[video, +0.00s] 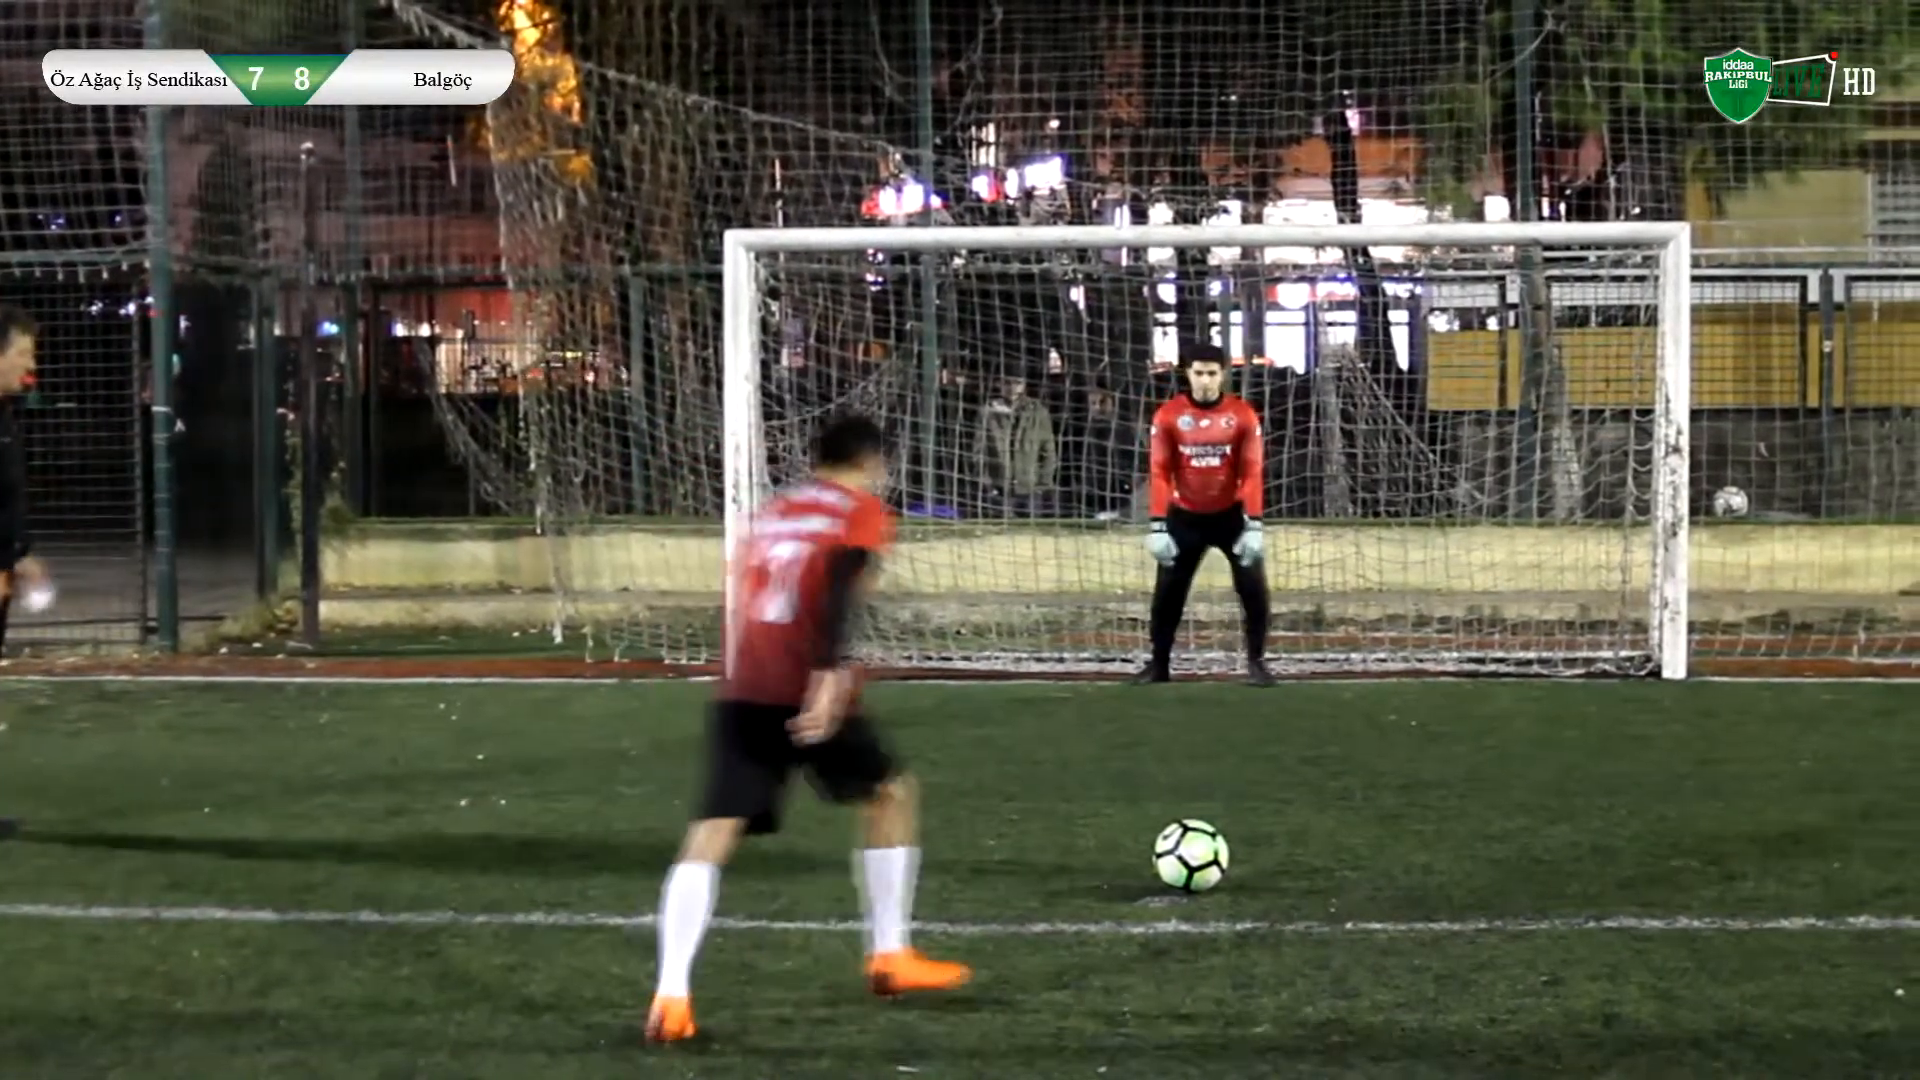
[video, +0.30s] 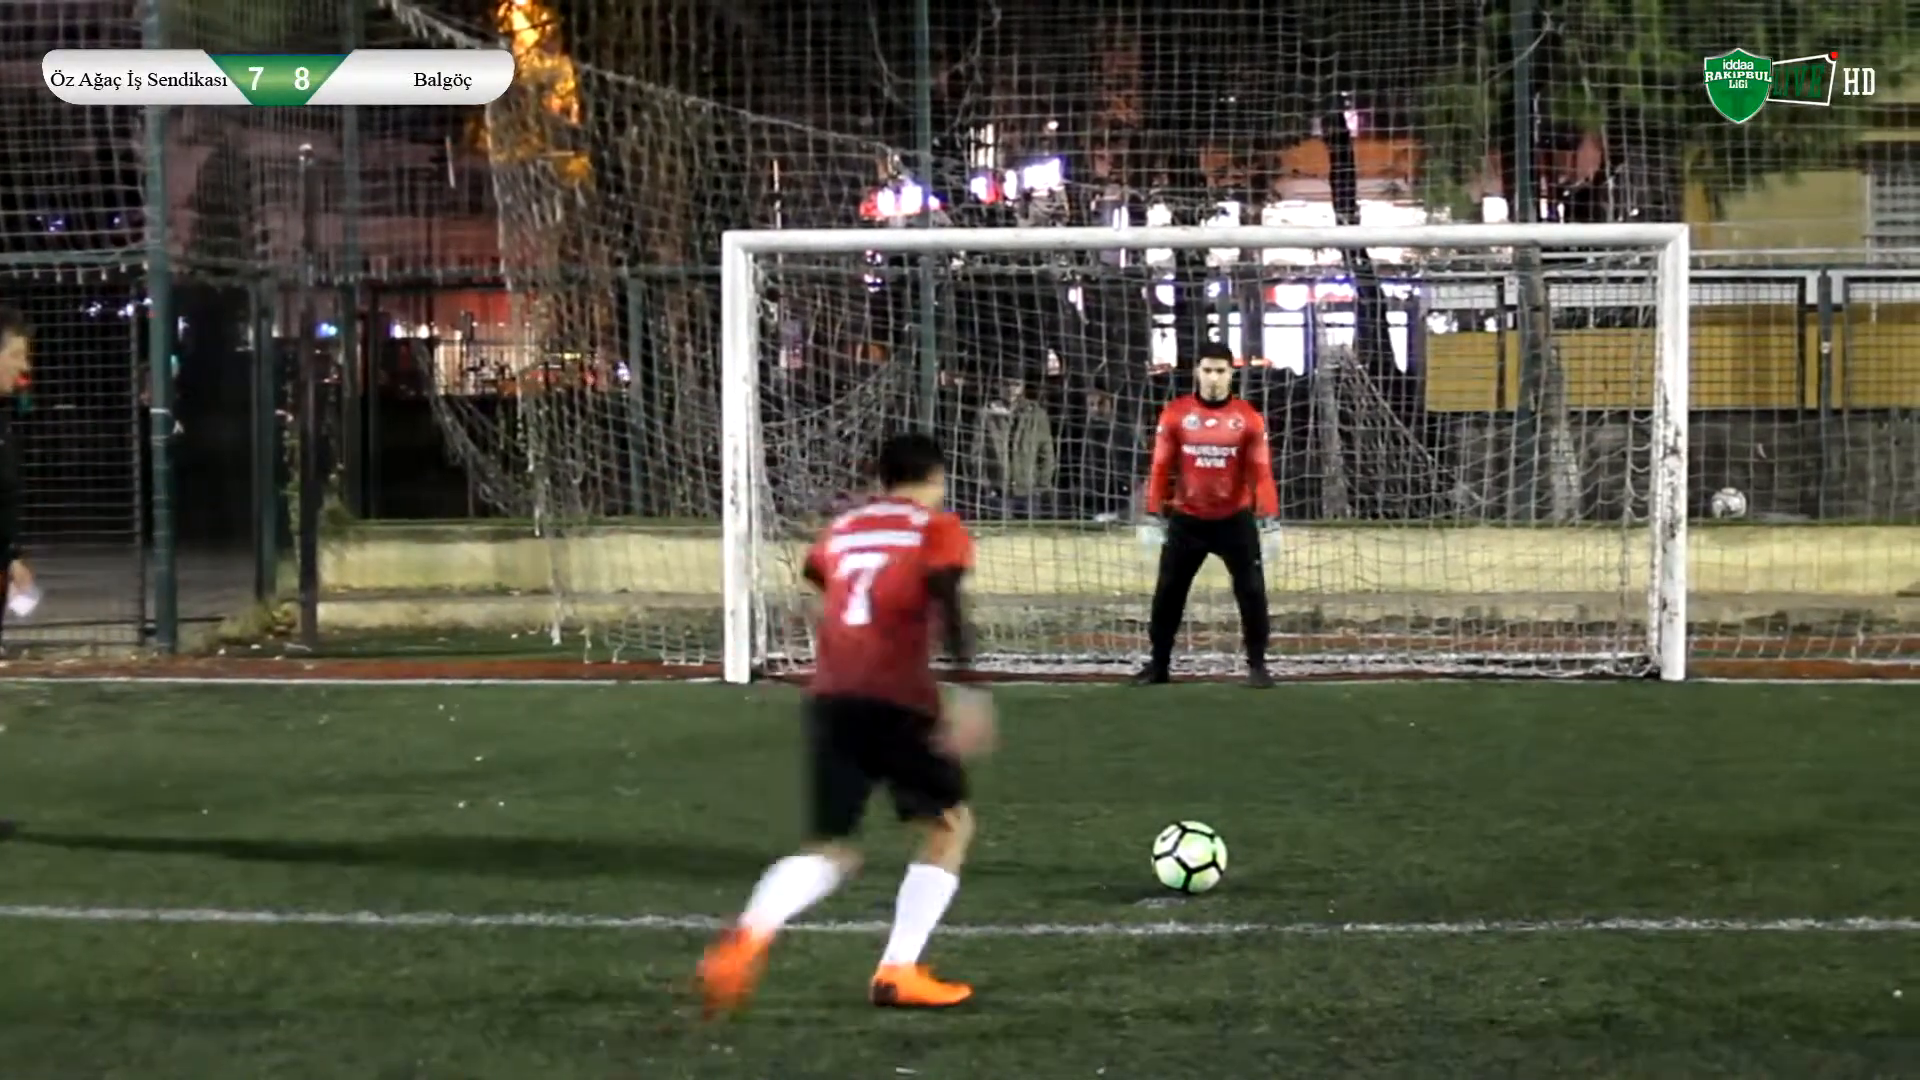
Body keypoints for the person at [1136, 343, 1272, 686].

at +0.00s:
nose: (1205, 381)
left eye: (1212, 374)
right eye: (1198, 374)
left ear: (1223, 375)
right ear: (1187, 375)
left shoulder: (1243, 415)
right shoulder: (1168, 415)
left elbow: (1252, 472)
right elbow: (1158, 472)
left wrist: (1253, 521)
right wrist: (1157, 523)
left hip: (1231, 516)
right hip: (1185, 516)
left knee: (1255, 589)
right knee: (1167, 593)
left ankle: (1256, 660)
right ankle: (1159, 664)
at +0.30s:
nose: (1214, 379)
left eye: (1221, 372)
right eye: (1207, 371)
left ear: (1231, 375)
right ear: (1196, 373)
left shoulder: (1249, 419)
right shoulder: (1175, 414)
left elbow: (1262, 472)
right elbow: (1160, 466)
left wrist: (1269, 517)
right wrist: (1154, 511)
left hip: (1235, 521)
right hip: (1187, 521)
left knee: (1252, 593)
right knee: (1168, 593)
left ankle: (1258, 664)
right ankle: (1158, 664)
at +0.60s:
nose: (1212, 402)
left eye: (1219, 395)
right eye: (1206, 395)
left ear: (1229, 398)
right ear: (1196, 398)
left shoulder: (1252, 431)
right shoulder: (1181, 430)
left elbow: (1279, 477)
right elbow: (1150, 472)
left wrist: (1309, 513)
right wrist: (1115, 509)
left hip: (1242, 533)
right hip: (1195, 531)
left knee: (1258, 598)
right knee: (1162, 591)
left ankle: (1248, 656)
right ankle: (1135, 661)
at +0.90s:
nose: (1217, 488)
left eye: (1224, 479)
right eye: (1210, 480)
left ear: (1237, 482)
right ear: (1199, 484)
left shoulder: (1255, 512)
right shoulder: (1188, 512)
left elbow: (1283, 539)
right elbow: (1157, 543)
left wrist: (1300, 564)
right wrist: (1123, 566)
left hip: (1247, 585)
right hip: (1201, 581)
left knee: (1278, 608)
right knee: (1154, 620)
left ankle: (1248, 680)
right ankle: (1104, 681)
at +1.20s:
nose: (1336, 508)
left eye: (1344, 502)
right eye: (1329, 498)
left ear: (1352, 508)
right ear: (1311, 499)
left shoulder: (1353, 542)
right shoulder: (1282, 529)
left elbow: (1382, 572)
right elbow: (1234, 560)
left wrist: (1397, 575)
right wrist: (1283, 552)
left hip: (1294, 623)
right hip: (1254, 614)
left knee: (1321, 664)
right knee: (1197, 648)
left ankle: (1250, 690)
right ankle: (1124, 674)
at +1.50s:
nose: (1491, 555)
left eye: (1492, 552)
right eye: (1488, 546)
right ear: (1481, 538)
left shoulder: (1473, 578)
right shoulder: (1449, 552)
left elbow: (1501, 572)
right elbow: (1466, 534)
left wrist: (1527, 543)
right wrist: (1508, 521)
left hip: (1390, 657)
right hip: (1373, 630)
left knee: (1332, 704)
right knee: (1291, 664)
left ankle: (1245, 713)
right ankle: (1210, 696)